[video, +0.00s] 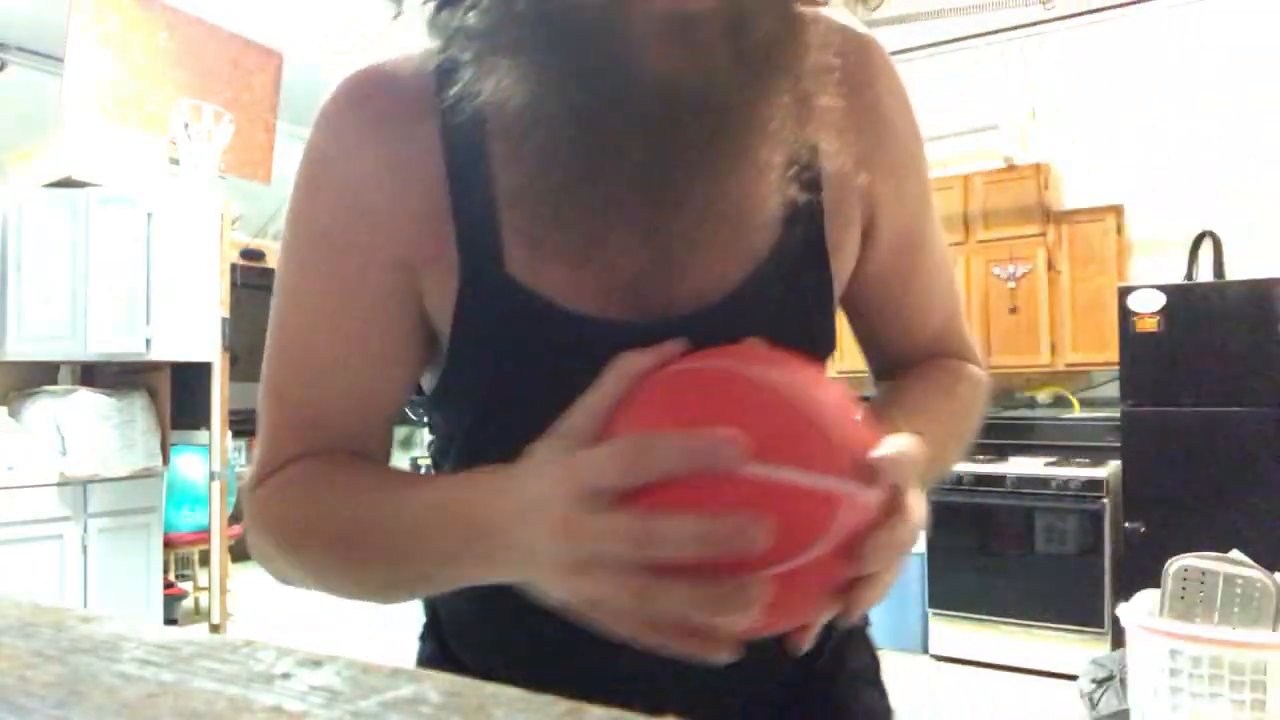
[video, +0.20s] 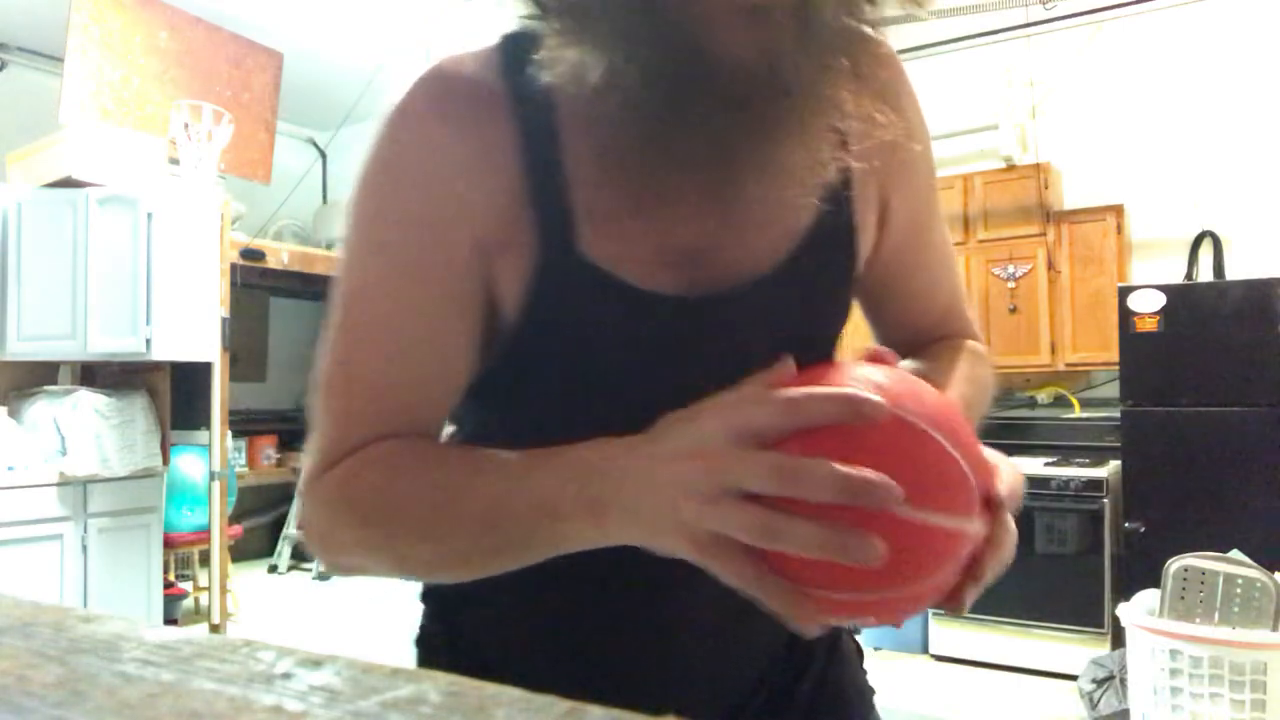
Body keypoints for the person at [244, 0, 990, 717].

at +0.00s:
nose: (697, 15)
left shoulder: (841, 86)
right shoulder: (393, 131)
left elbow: (938, 358)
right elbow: (291, 500)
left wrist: (905, 463)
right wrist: (506, 526)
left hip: (801, 680)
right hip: (519, 688)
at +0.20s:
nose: (771, 27)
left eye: (796, 16)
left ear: (814, 11)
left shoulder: (859, 91)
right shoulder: (468, 123)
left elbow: (941, 341)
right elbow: (344, 501)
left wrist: (923, 454)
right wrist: (621, 490)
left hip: (789, 673)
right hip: (525, 684)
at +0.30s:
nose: (775, 5)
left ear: (862, 1)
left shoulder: (886, 108)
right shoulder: (511, 147)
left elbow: (959, 350)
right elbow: (385, 500)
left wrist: (938, 475)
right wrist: (635, 493)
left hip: (799, 675)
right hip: (554, 688)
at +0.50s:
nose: (781, 18)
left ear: (890, 6)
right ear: (631, 3)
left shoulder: (886, 130)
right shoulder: (516, 191)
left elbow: (956, 363)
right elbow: (470, 543)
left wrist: (946, 472)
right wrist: (598, 534)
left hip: (795, 660)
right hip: (566, 673)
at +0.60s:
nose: (741, 57)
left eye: (805, 8)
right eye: (688, 2)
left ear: (873, 14)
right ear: (584, 6)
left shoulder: (868, 140)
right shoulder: (485, 202)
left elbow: (929, 360)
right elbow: (448, 560)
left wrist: (927, 488)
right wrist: (498, 590)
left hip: (775, 666)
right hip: (549, 678)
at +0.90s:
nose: (572, 175)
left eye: (659, 75)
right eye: (496, 56)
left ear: (770, 49)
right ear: (406, 34)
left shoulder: (809, 216)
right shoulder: (343, 265)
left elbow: (877, 431)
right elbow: (313, 649)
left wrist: (844, 600)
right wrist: (382, 659)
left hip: (703, 684)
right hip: (453, 694)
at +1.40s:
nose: (634, 99)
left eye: (707, 13)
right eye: (563, 4)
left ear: (792, 20)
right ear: (441, 11)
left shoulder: (806, 180)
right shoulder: (338, 246)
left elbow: (879, 434)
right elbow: (293, 617)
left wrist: (862, 577)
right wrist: (505, 657)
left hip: (732, 678)